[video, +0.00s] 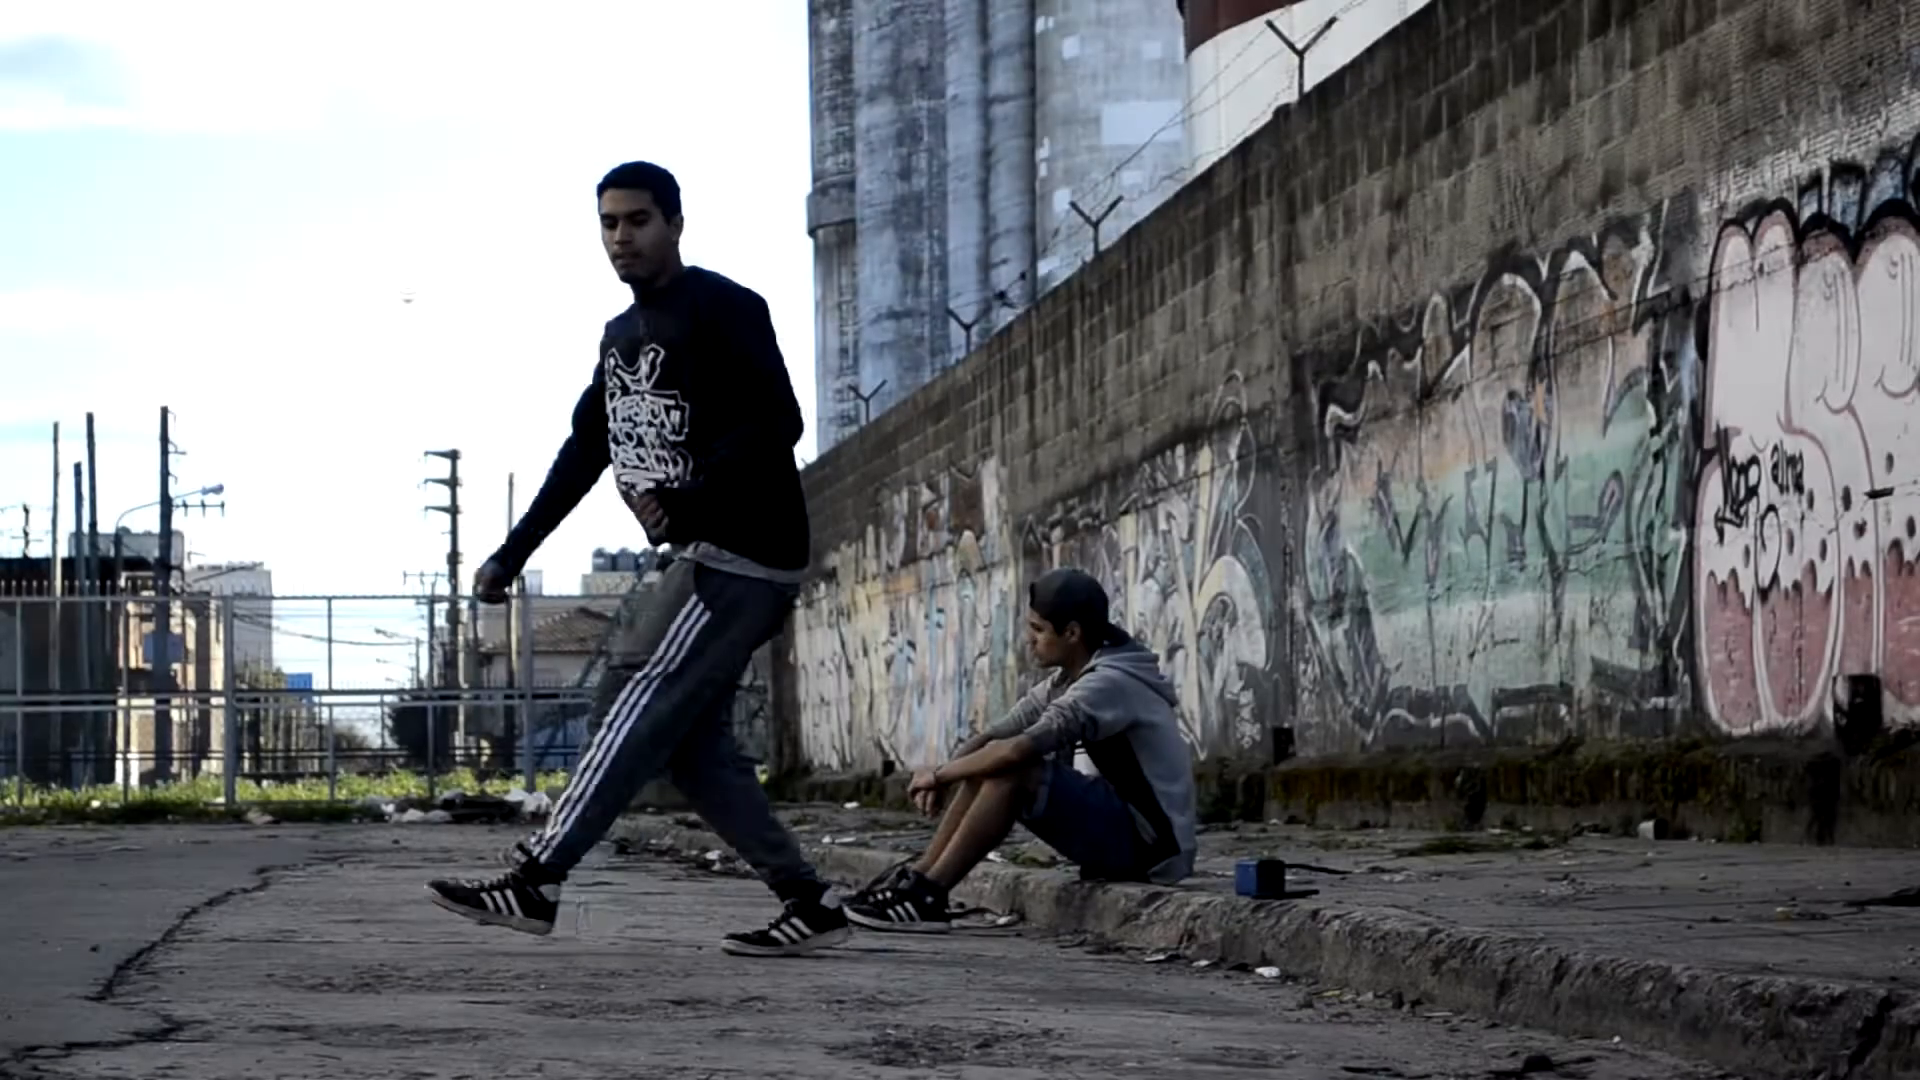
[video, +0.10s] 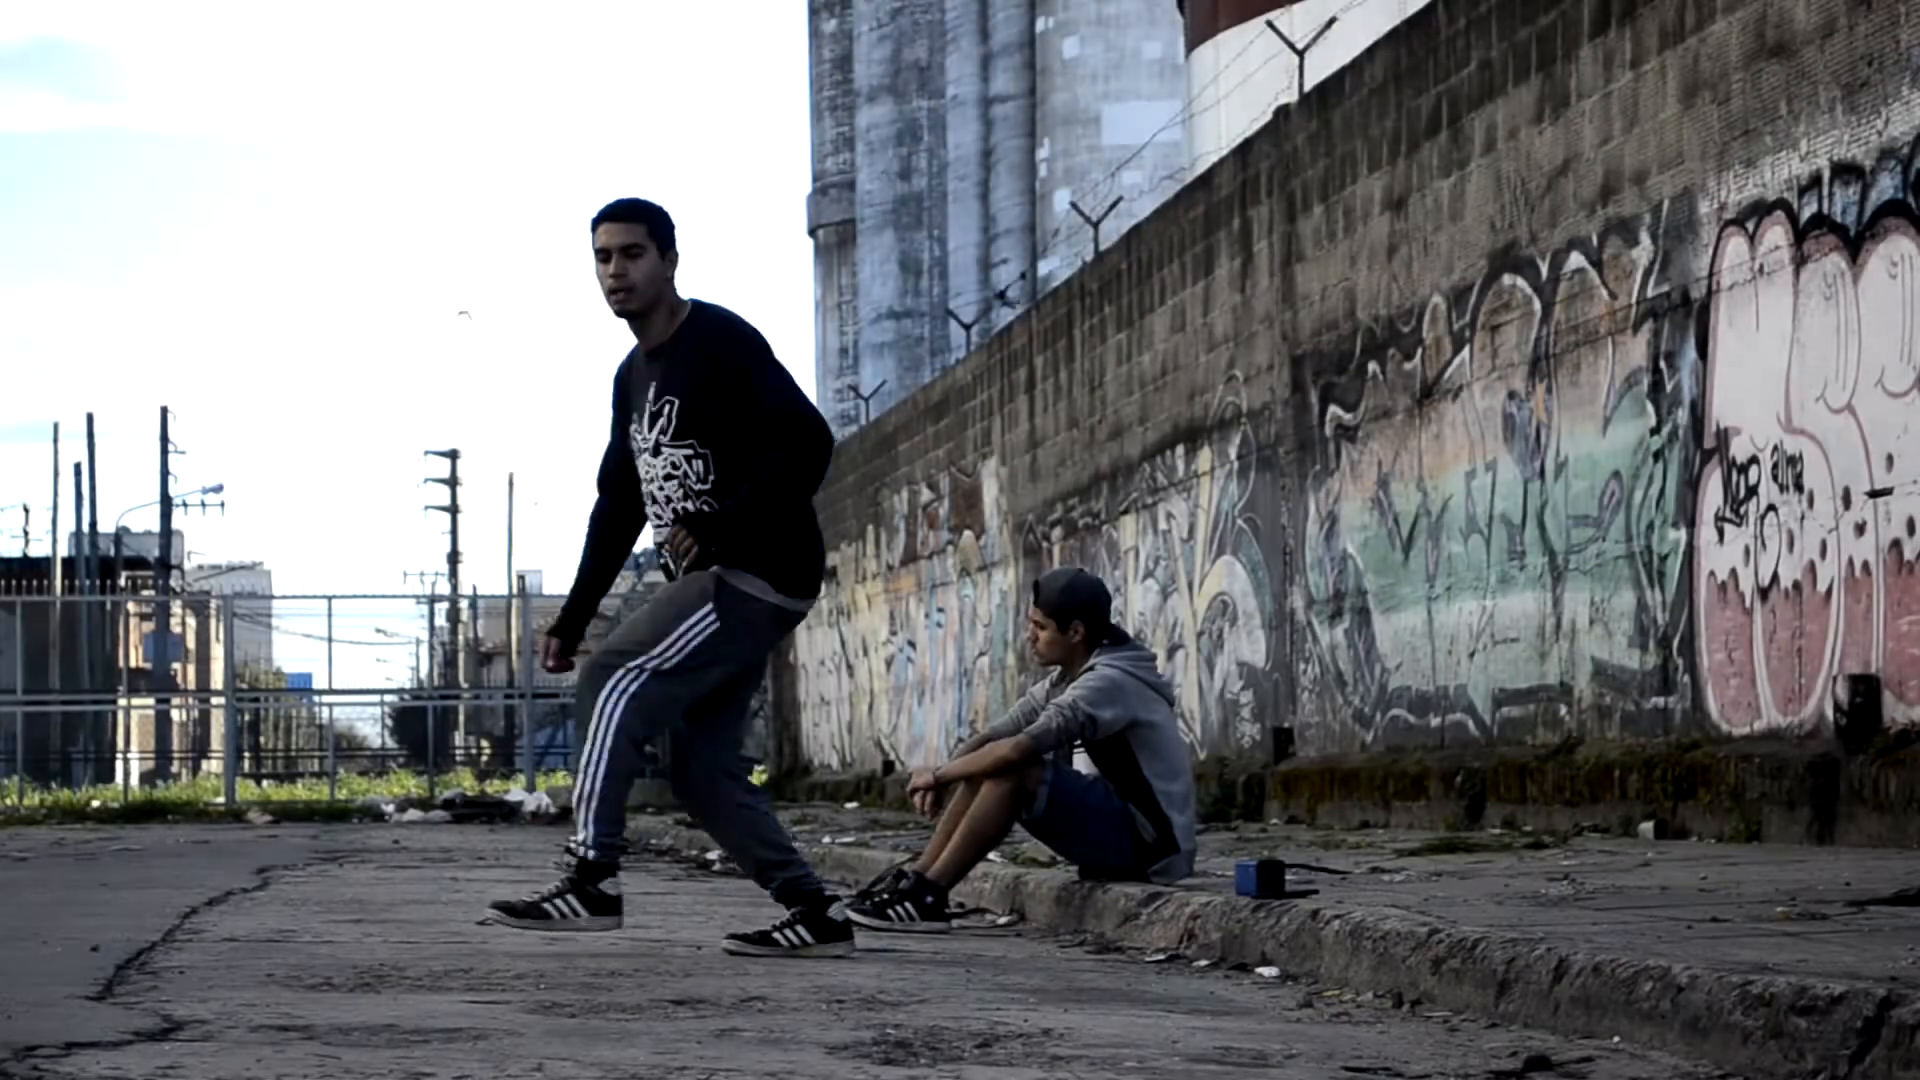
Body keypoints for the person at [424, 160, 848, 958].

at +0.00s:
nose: (621, 237)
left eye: (637, 220)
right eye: (610, 224)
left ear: (675, 225)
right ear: (602, 236)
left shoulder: (729, 310)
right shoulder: (622, 337)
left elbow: (780, 421)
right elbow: (587, 448)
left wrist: (686, 498)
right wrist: (514, 552)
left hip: (748, 559)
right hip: (701, 556)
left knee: (639, 712)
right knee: (698, 752)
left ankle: (535, 881)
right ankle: (810, 899)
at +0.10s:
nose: (615, 271)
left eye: (631, 253)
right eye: (604, 259)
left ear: (669, 259)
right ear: (598, 274)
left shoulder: (723, 339)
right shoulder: (634, 375)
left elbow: (809, 441)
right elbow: (621, 500)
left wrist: (721, 524)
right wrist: (576, 614)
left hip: (758, 575)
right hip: (721, 577)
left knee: (626, 679)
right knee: (703, 768)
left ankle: (592, 878)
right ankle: (811, 908)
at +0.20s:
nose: (612, 235)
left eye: (628, 217)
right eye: (599, 222)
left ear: (664, 222)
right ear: (590, 236)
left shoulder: (713, 294)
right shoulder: (618, 336)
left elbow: (818, 362)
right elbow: (632, 465)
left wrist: (719, 439)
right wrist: (629, 578)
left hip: (754, 536)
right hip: (704, 542)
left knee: (642, 675)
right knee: (735, 739)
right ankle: (815, 904)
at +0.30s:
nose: (630, 205)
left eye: (646, 188)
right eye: (617, 191)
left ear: (679, 190)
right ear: (604, 201)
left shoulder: (722, 258)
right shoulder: (596, 299)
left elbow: (812, 292)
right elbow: (623, 419)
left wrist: (713, 346)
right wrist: (636, 520)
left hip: (742, 529)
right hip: (668, 544)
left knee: (719, 711)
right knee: (704, 727)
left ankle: (796, 889)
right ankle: (891, 820)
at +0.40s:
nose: (647, 230)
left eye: (664, 215)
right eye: (635, 217)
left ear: (698, 224)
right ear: (622, 226)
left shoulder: (731, 308)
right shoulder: (586, 318)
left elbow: (778, 312)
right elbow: (574, 431)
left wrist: (663, 293)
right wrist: (601, 532)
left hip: (730, 560)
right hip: (645, 571)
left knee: (741, 740)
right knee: (707, 756)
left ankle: (816, 905)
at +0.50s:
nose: (613, 257)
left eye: (630, 242)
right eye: (601, 244)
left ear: (664, 250)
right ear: (588, 252)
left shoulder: (691, 337)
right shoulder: (563, 343)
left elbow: (703, 427)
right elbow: (531, 464)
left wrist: (636, 324)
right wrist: (548, 566)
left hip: (722, 577)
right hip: (627, 588)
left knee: (719, 751)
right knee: (565, 717)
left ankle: (811, 906)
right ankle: (709, 737)